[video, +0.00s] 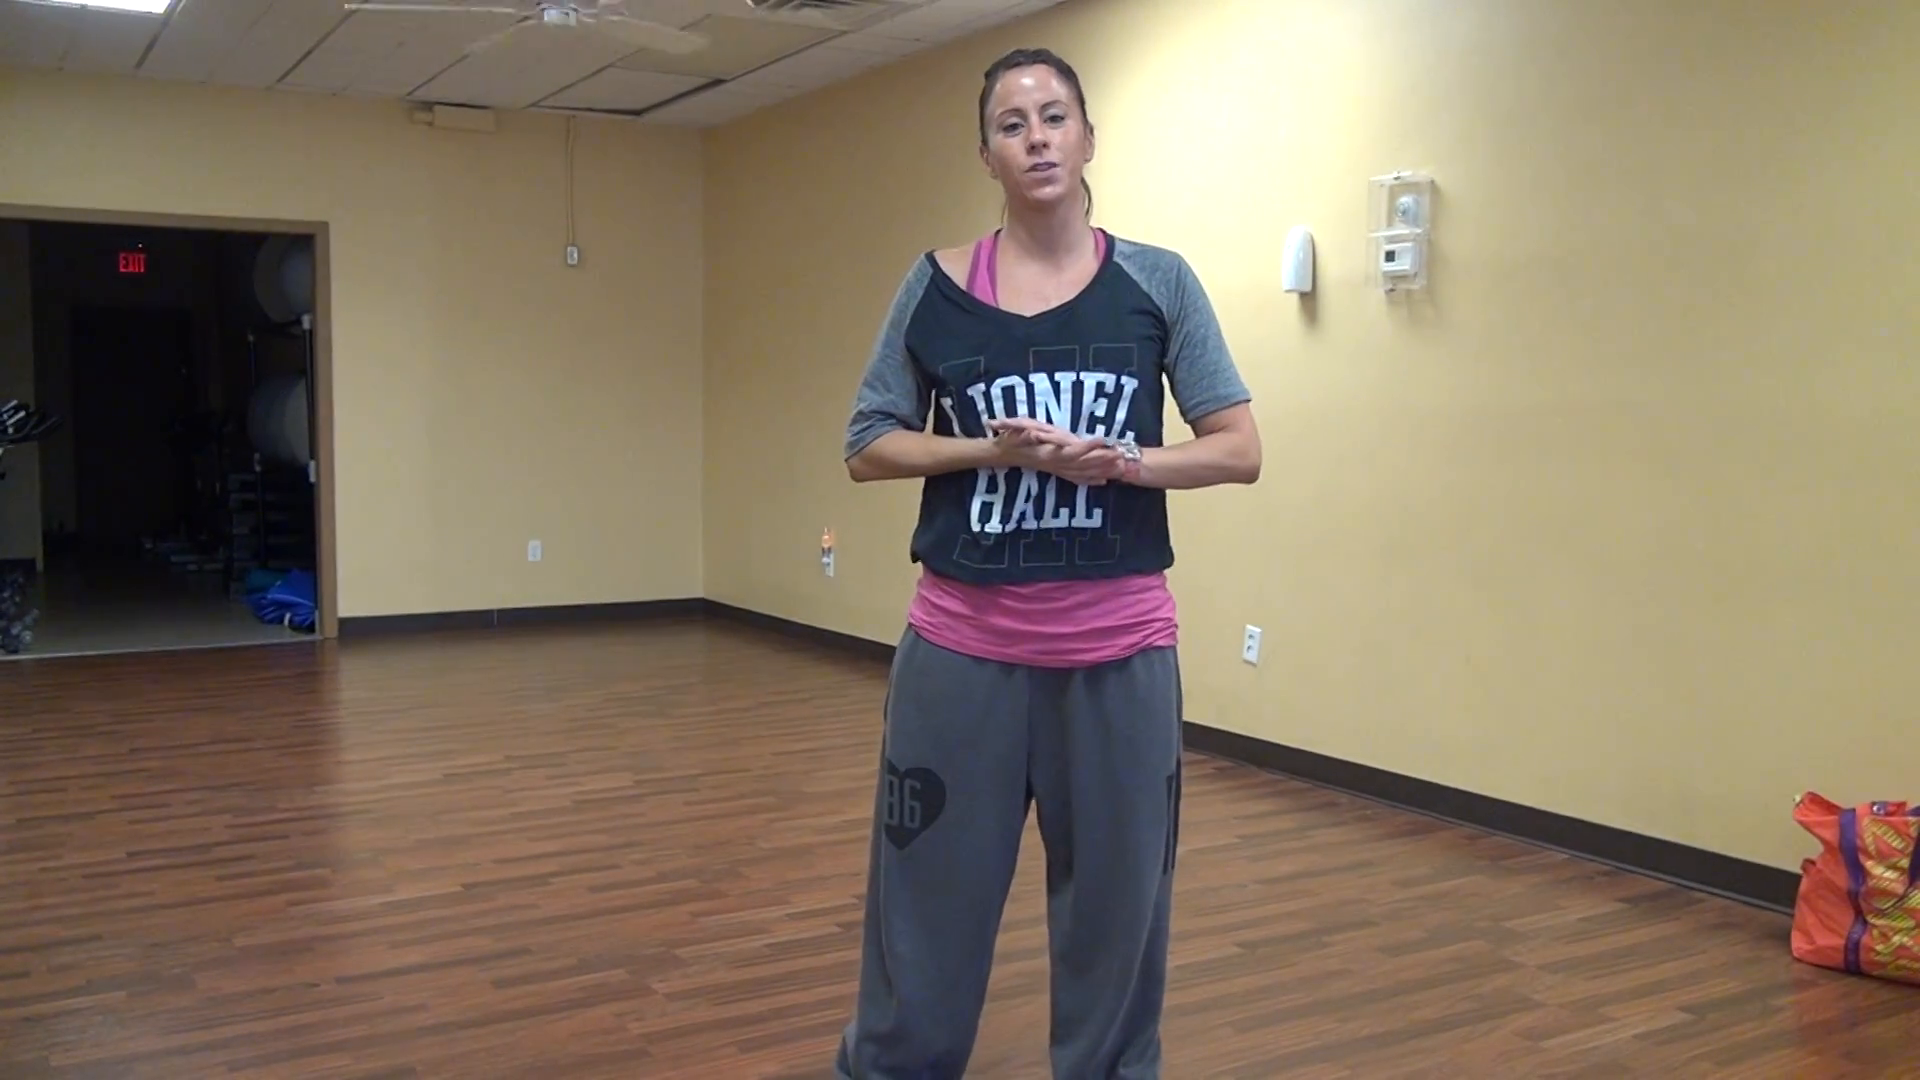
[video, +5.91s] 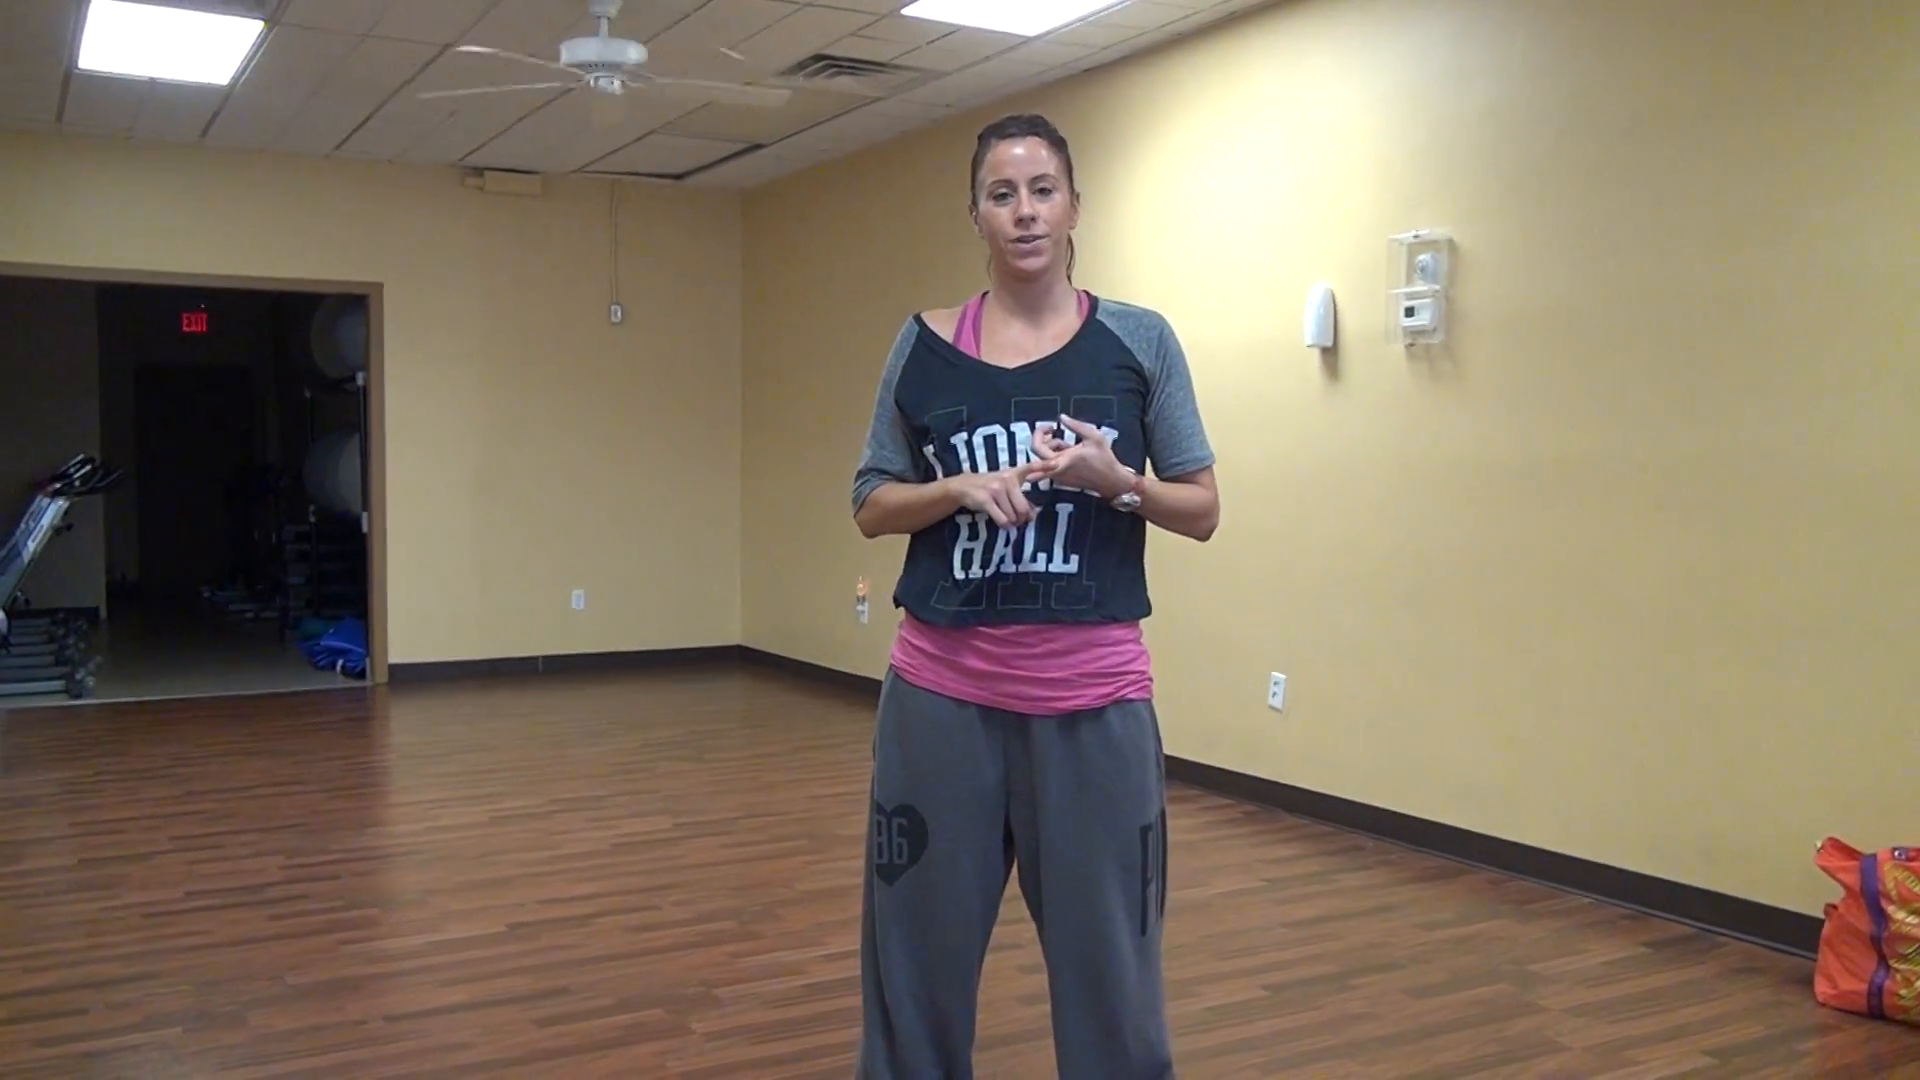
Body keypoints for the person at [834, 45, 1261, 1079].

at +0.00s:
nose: (1036, 137)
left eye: (1054, 116)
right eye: (1012, 124)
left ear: (1088, 139)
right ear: (986, 156)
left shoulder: (1160, 279)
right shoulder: (939, 283)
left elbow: (1240, 448)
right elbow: (867, 446)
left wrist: (1130, 464)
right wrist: (984, 451)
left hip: (1121, 646)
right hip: (960, 642)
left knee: (1119, 919)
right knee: (923, 908)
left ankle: (1108, 1070)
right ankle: (896, 1067)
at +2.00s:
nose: (1021, 122)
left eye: (1041, 103)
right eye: (996, 107)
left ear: (1072, 130)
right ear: (967, 141)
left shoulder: (1141, 273)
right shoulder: (916, 273)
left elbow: (1201, 450)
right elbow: (861, 450)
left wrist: (1125, 444)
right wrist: (902, 447)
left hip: (1101, 655)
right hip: (938, 651)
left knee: (1111, 939)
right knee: (906, 930)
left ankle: (1110, 1075)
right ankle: (887, 1070)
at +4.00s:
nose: (975, 147)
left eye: (993, 128)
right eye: (952, 134)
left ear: (1025, 151)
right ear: (926, 162)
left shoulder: (1097, 282)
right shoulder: (883, 295)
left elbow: (1166, 449)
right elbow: (828, 465)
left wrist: (1071, 447)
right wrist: (919, 429)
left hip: (1061, 643)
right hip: (906, 642)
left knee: (1080, 909)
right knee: (884, 905)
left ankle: (1100, 1068)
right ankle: (882, 1068)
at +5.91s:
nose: (1025, 211)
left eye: (1043, 189)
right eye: (1002, 194)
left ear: (1073, 205)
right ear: (976, 215)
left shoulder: (1139, 338)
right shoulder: (928, 341)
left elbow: (1202, 511)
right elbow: (872, 507)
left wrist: (1118, 479)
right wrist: (958, 490)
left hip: (1094, 696)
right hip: (940, 692)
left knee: (1112, 973)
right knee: (913, 969)